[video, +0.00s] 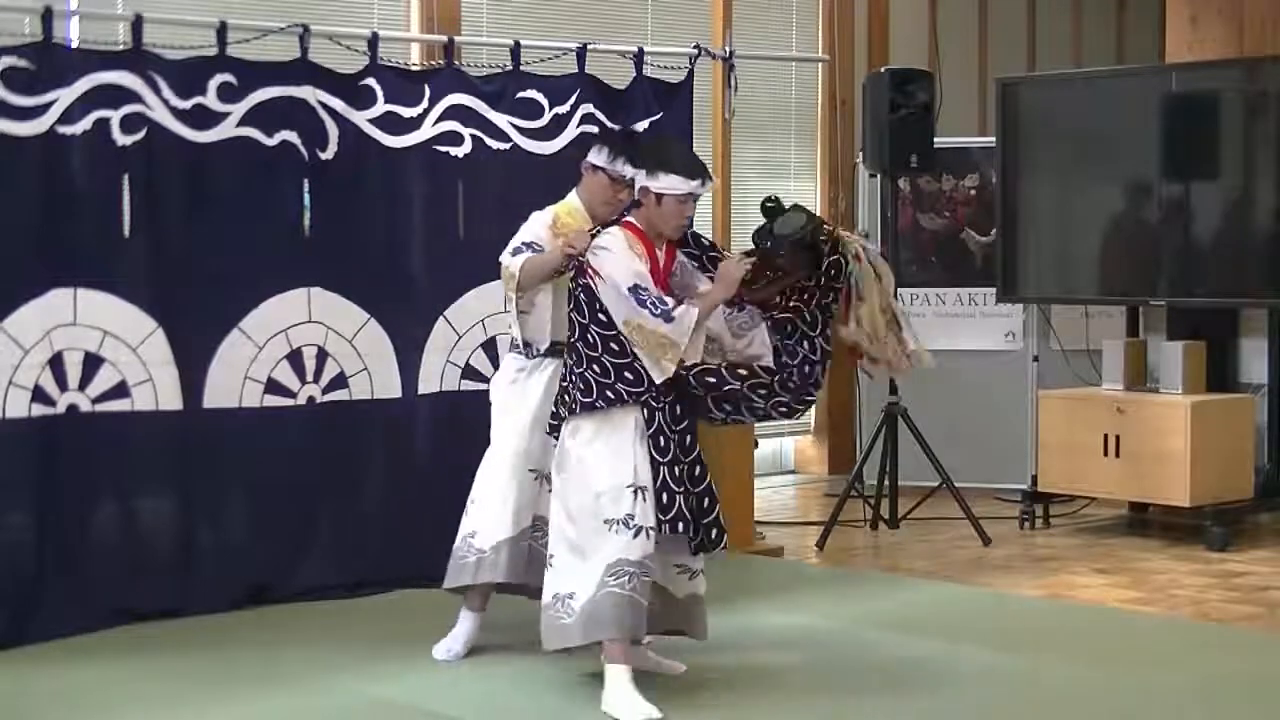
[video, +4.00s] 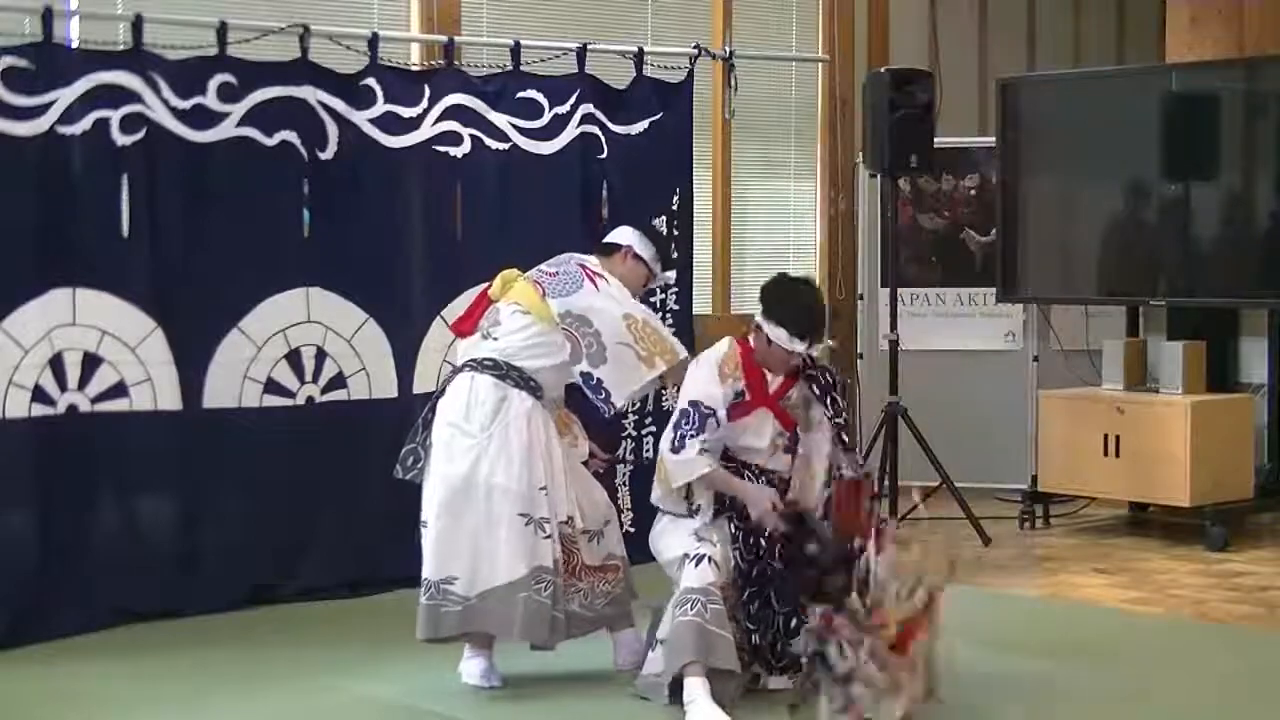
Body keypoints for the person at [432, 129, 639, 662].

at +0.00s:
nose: (626, 197)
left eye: (632, 188)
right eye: (618, 184)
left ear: (634, 191)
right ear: (587, 174)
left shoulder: (625, 236)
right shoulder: (546, 224)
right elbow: (513, 278)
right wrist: (556, 259)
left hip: (598, 384)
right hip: (535, 381)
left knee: (607, 497)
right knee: (503, 489)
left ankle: (616, 623)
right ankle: (470, 617)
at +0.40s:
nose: (673, 216)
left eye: (680, 208)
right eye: (667, 204)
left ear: (679, 208)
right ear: (638, 192)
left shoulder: (664, 250)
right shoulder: (598, 241)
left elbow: (694, 310)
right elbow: (578, 285)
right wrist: (601, 319)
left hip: (620, 390)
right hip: (563, 387)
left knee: (619, 503)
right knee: (548, 495)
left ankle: (596, 616)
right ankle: (523, 631)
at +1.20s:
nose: (655, 256)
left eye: (660, 247)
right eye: (651, 245)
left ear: (634, 234)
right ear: (622, 228)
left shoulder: (634, 279)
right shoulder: (572, 274)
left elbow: (633, 350)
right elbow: (571, 362)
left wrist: (641, 382)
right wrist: (645, 384)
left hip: (605, 420)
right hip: (556, 424)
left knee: (628, 517)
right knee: (574, 528)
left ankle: (606, 615)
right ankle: (543, 652)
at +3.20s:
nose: (675, 260)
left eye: (681, 252)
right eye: (678, 246)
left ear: (653, 227)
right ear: (654, 224)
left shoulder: (596, 256)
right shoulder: (601, 256)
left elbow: (583, 351)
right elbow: (627, 339)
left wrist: (600, 415)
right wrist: (682, 383)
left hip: (546, 396)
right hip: (516, 391)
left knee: (612, 507)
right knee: (510, 518)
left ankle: (632, 642)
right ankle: (479, 650)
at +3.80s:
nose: (651, 285)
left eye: (656, 277)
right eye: (652, 273)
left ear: (621, 252)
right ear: (631, 253)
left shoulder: (566, 276)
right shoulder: (592, 283)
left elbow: (546, 377)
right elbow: (651, 363)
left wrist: (586, 436)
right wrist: (703, 400)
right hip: (499, 403)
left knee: (604, 510)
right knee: (488, 525)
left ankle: (628, 642)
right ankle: (479, 650)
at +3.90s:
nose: (646, 290)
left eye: (651, 283)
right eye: (648, 277)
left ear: (621, 255)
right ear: (629, 256)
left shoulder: (559, 273)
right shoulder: (593, 283)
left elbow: (547, 380)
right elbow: (643, 341)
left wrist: (579, 433)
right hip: (501, 406)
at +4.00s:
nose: (644, 290)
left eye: (649, 282)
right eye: (646, 276)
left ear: (619, 255)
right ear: (627, 255)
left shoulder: (559, 274)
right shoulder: (594, 280)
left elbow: (543, 384)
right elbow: (656, 349)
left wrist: (581, 443)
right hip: (492, 403)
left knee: (593, 512)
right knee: (487, 526)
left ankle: (627, 643)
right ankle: (478, 653)